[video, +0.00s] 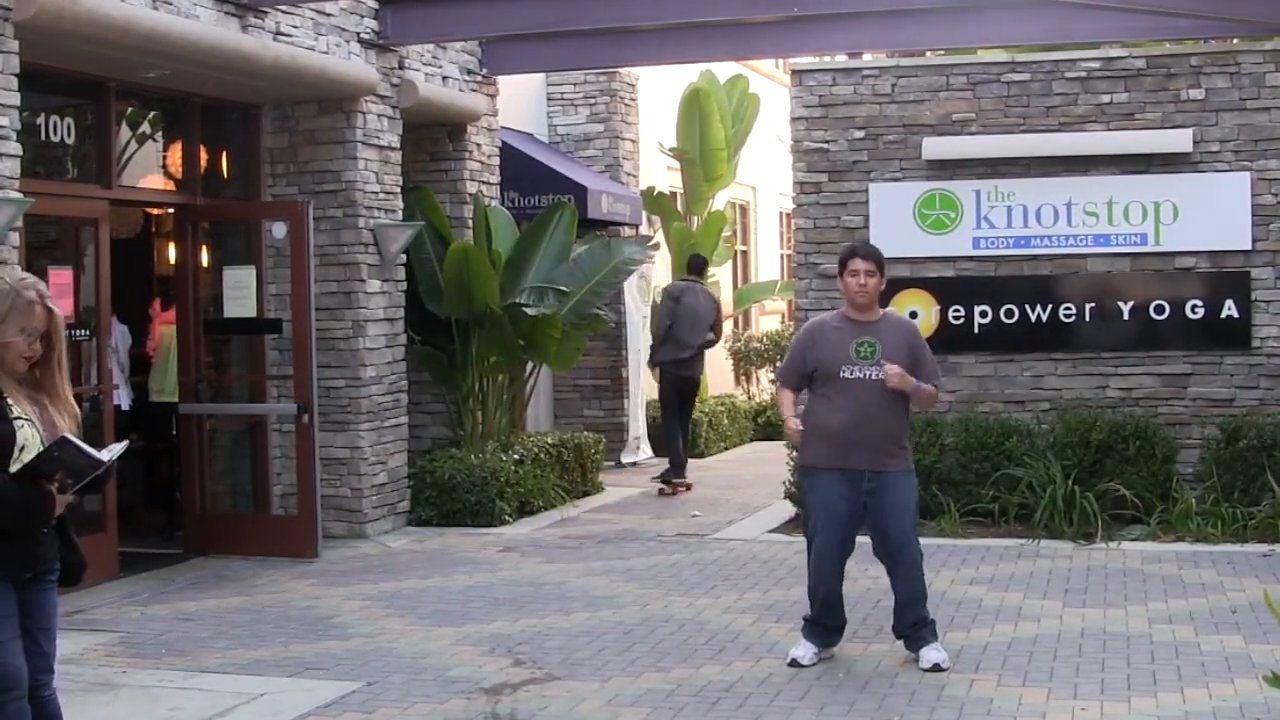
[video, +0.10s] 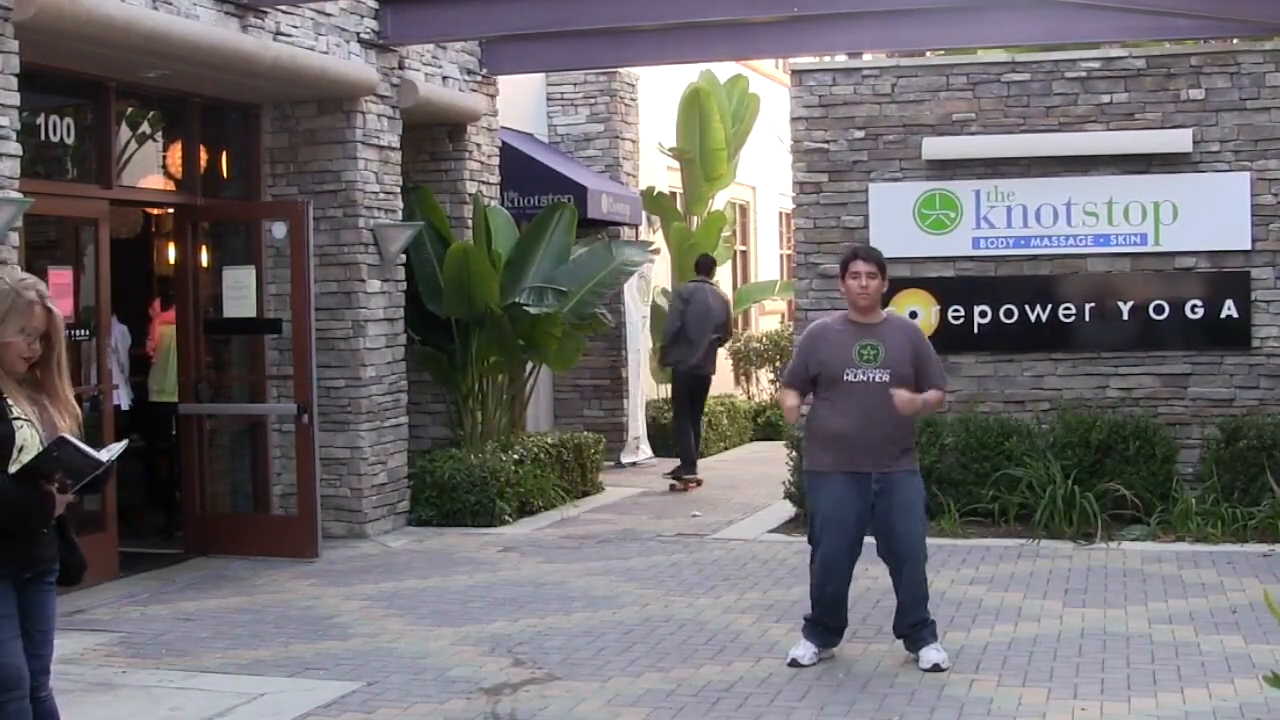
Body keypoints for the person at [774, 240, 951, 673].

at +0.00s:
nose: (861, 281)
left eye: (869, 274)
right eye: (853, 274)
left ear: (882, 282)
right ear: (840, 282)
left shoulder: (904, 331)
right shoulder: (815, 332)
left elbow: (930, 396)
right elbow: (786, 384)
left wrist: (909, 385)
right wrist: (790, 417)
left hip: (891, 465)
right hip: (826, 465)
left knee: (904, 552)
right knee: (824, 555)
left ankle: (922, 638)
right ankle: (819, 635)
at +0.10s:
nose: (861, 283)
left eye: (870, 276)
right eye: (853, 276)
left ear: (884, 284)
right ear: (842, 284)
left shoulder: (908, 333)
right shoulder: (819, 334)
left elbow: (938, 394)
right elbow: (790, 386)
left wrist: (919, 402)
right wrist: (792, 407)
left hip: (898, 468)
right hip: (832, 469)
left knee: (910, 555)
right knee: (830, 556)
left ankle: (921, 638)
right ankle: (819, 635)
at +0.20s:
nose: (861, 285)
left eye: (869, 277)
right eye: (853, 277)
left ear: (883, 284)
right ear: (841, 284)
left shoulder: (907, 333)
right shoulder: (818, 334)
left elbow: (936, 393)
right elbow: (791, 404)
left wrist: (922, 416)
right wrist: (801, 394)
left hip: (897, 468)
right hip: (832, 469)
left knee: (910, 555)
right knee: (832, 557)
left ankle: (922, 638)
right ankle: (819, 635)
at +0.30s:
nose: (858, 282)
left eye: (867, 275)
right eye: (850, 275)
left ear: (880, 282)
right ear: (839, 282)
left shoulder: (905, 332)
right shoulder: (814, 332)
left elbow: (930, 391)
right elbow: (792, 401)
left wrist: (918, 413)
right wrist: (817, 385)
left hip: (894, 465)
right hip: (829, 466)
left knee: (906, 551)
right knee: (827, 553)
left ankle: (921, 638)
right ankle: (819, 635)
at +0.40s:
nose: (855, 280)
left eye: (863, 273)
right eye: (847, 273)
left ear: (877, 281)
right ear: (836, 280)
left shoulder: (900, 330)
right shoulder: (812, 331)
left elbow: (925, 391)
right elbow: (791, 396)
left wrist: (907, 406)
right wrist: (824, 392)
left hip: (887, 464)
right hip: (824, 464)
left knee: (900, 552)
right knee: (819, 553)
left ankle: (920, 637)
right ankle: (819, 634)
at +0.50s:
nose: (854, 284)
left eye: (862, 277)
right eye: (846, 276)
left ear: (876, 284)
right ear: (834, 282)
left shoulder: (897, 333)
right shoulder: (810, 333)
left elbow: (923, 399)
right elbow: (790, 398)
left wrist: (903, 394)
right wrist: (819, 410)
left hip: (882, 466)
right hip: (821, 464)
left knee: (892, 549)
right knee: (817, 552)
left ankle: (920, 637)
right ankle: (819, 633)